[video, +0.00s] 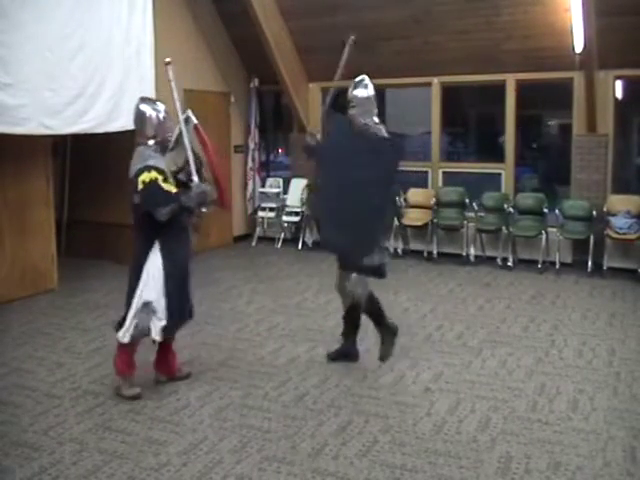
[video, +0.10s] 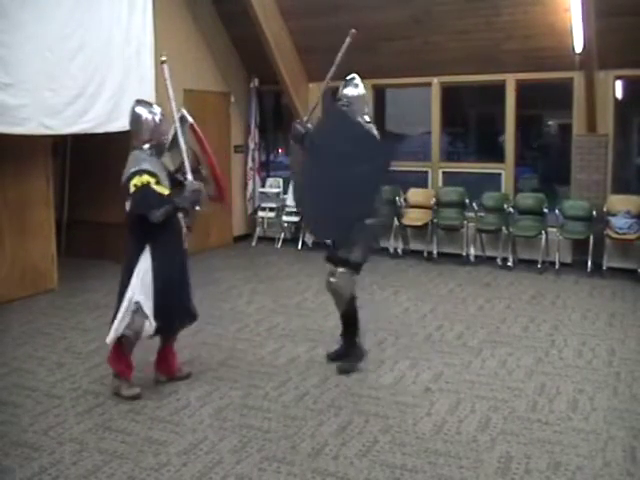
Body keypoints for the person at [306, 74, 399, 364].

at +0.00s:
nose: (358, 110)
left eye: (360, 105)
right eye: (356, 105)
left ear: (355, 108)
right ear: (356, 108)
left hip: (359, 219)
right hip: (351, 217)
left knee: (351, 283)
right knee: (349, 281)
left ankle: (386, 328)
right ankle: (349, 343)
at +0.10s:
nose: (344, 107)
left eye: (350, 102)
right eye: (342, 101)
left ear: (358, 105)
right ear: (337, 104)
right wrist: (302, 135)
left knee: (340, 280)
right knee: (338, 281)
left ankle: (353, 346)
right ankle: (348, 343)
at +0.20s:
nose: (335, 110)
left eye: (338, 104)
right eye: (335, 104)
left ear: (345, 108)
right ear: (341, 107)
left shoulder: (356, 139)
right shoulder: (339, 134)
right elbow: (315, 154)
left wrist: (298, 133)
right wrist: (297, 133)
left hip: (357, 219)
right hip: (341, 216)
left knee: (331, 282)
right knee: (336, 281)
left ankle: (324, 354)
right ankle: (347, 345)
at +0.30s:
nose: (331, 113)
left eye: (333, 108)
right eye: (330, 108)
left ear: (338, 113)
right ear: (334, 111)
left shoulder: (347, 140)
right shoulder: (329, 138)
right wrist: (292, 133)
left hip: (343, 222)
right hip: (329, 220)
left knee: (321, 285)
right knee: (325, 284)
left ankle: (322, 355)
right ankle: (345, 340)